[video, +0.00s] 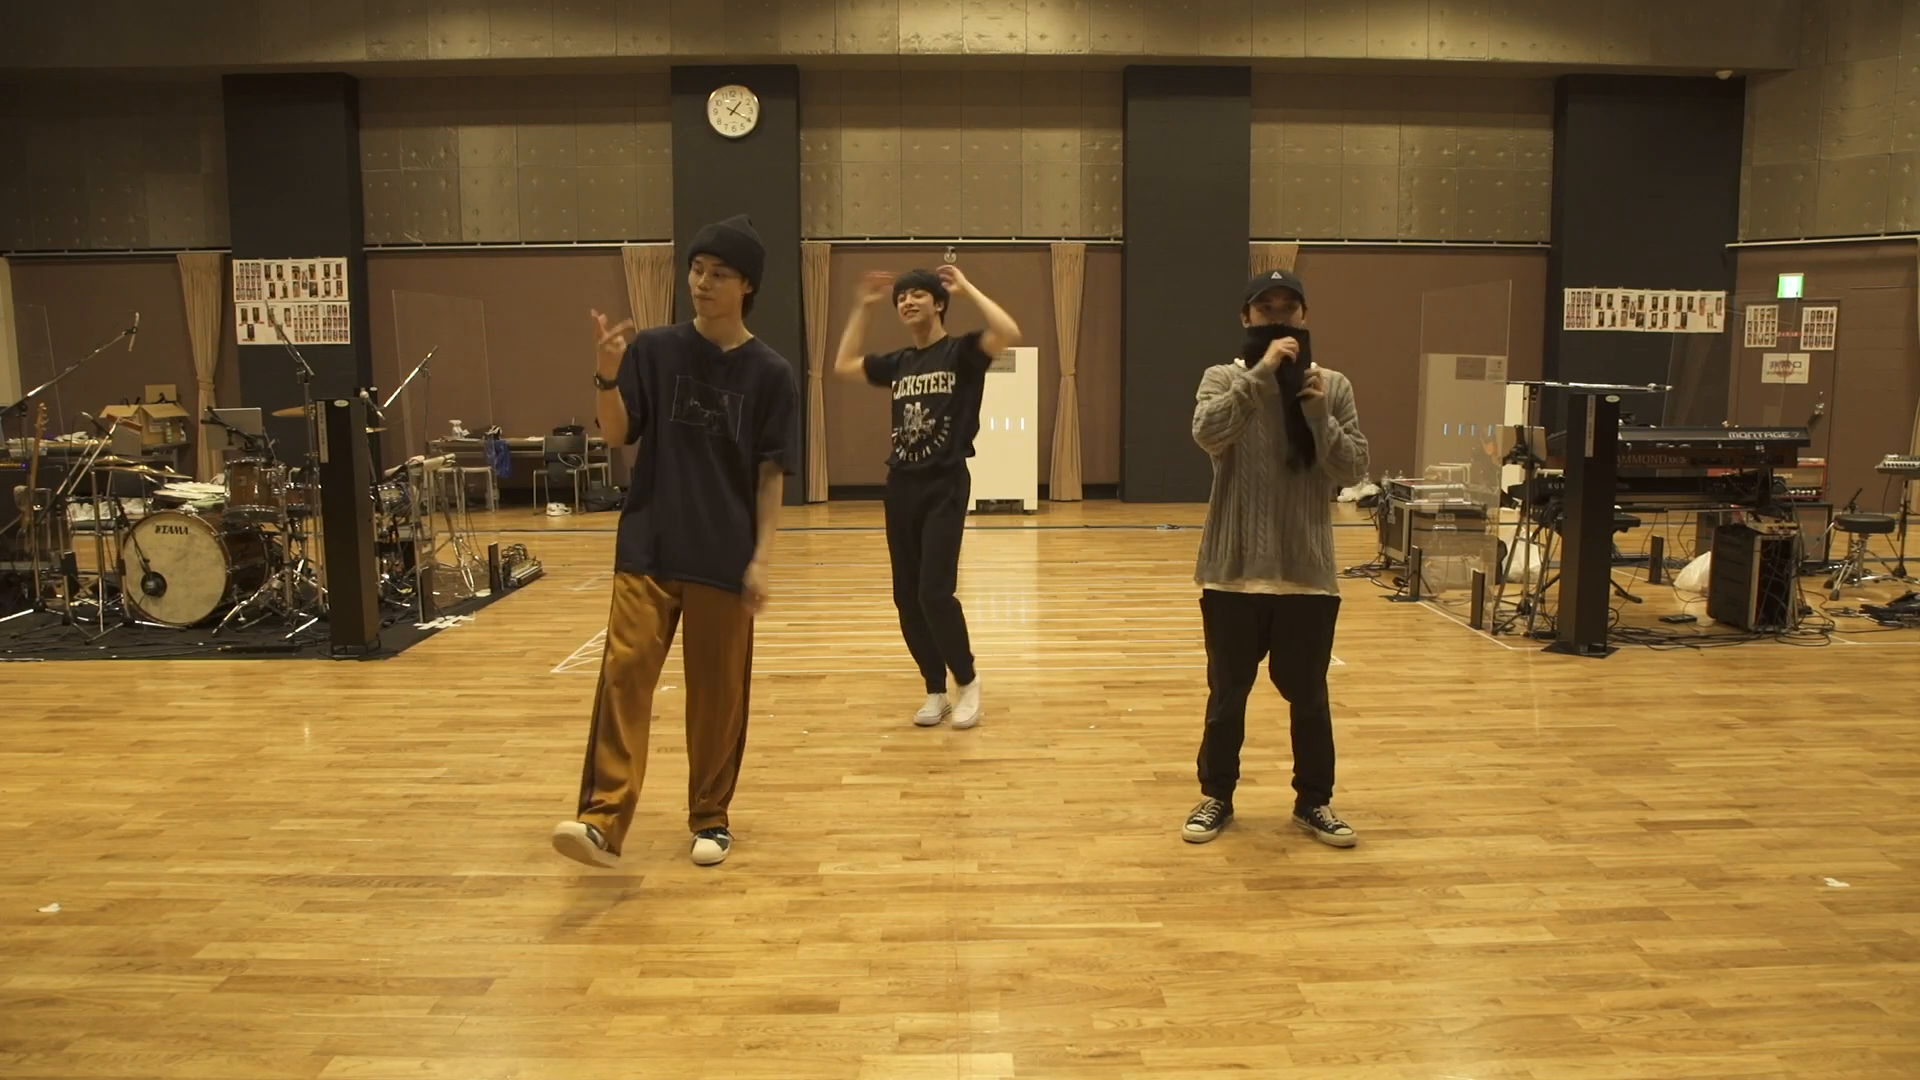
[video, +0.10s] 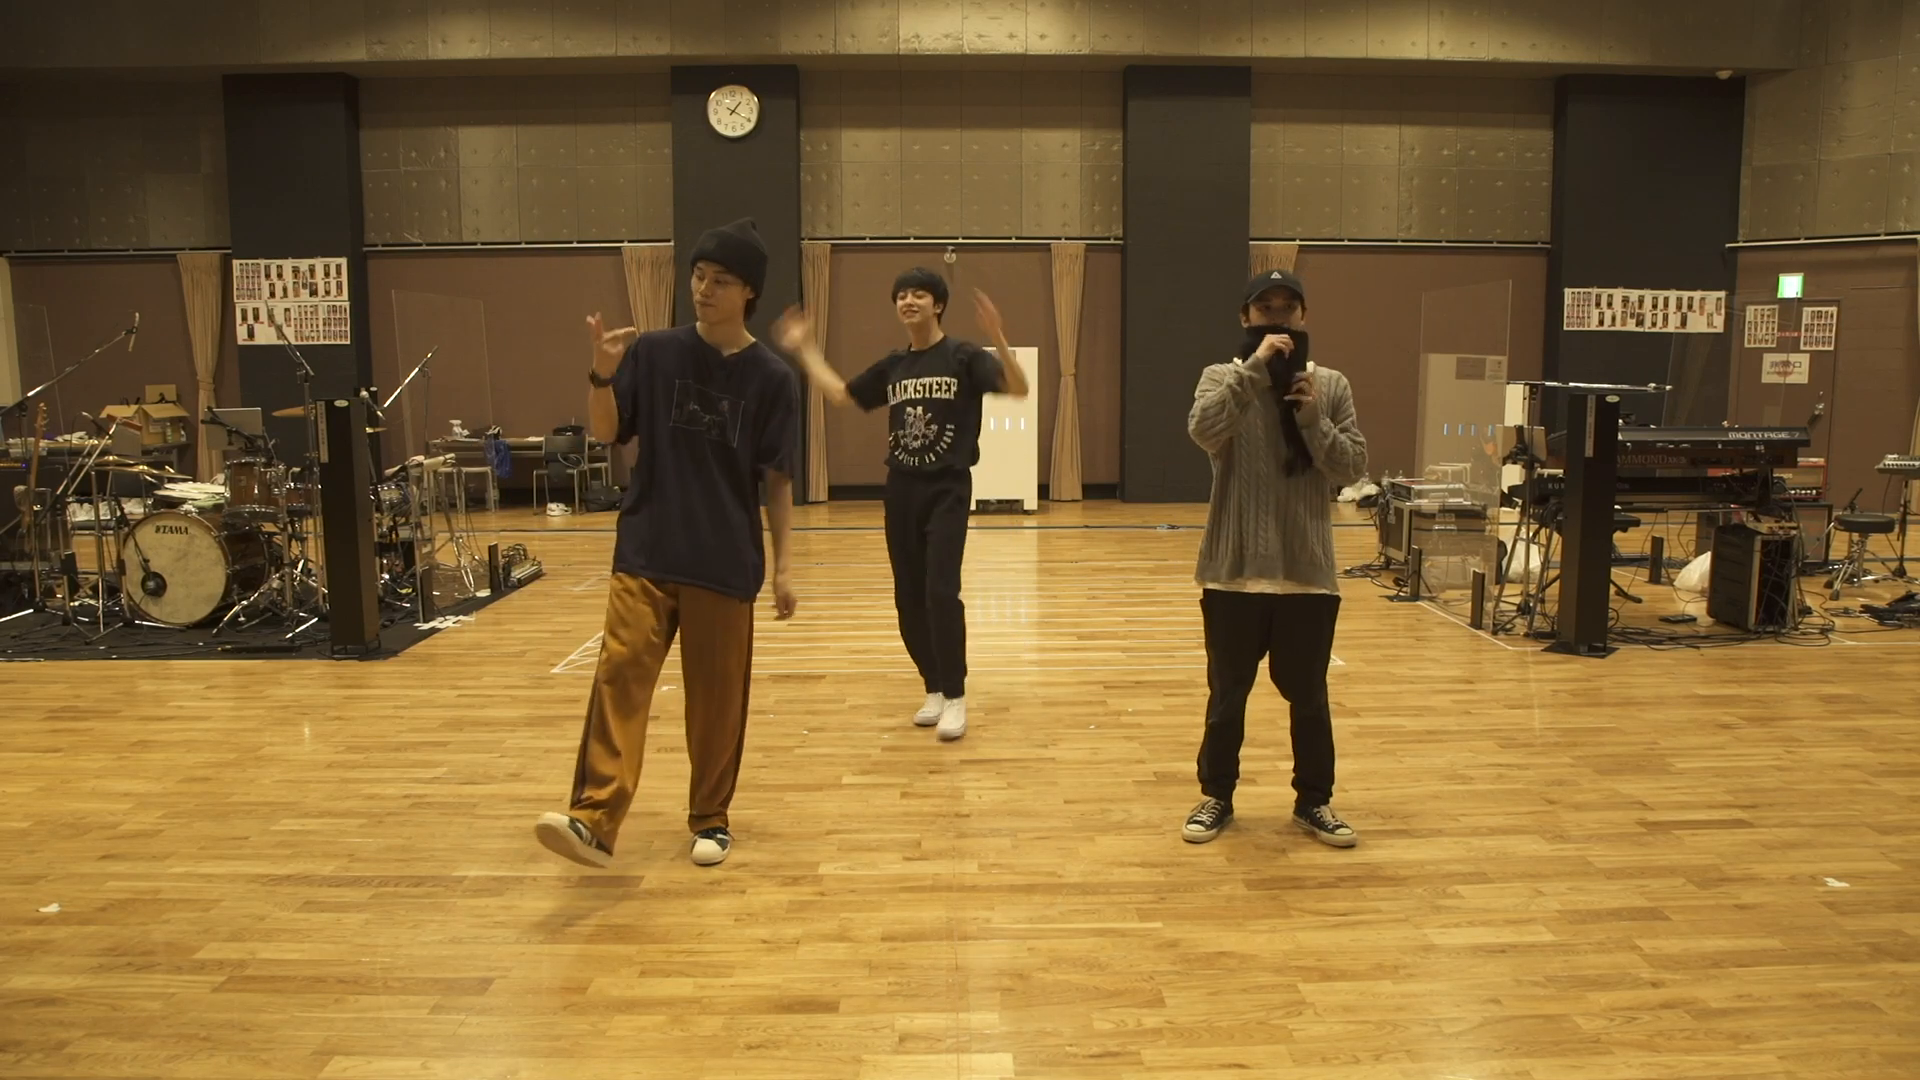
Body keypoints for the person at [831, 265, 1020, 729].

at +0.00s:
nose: (908, 301)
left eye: (918, 294)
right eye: (902, 297)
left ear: (940, 303)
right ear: (897, 310)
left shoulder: (964, 350)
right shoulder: (898, 362)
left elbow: (1009, 335)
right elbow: (844, 366)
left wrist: (967, 287)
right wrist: (864, 305)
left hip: (945, 486)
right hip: (902, 488)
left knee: (935, 592)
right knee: (908, 595)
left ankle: (966, 683)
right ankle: (936, 691)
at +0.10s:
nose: (909, 301)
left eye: (919, 294)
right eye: (902, 296)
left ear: (939, 305)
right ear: (895, 308)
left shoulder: (966, 356)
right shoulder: (893, 366)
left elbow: (1018, 386)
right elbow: (841, 395)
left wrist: (999, 338)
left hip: (947, 492)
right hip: (901, 493)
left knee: (941, 592)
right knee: (910, 595)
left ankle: (954, 696)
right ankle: (935, 689)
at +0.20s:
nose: (912, 300)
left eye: (923, 294)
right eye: (906, 294)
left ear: (941, 305)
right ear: (898, 305)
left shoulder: (965, 360)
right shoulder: (887, 369)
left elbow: (1001, 408)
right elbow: (841, 411)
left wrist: (1013, 423)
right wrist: (790, 423)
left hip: (950, 492)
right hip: (901, 492)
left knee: (949, 594)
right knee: (910, 595)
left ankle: (950, 703)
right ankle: (933, 685)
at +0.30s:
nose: (917, 299)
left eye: (929, 295)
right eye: (912, 291)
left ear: (944, 310)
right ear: (901, 301)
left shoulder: (964, 364)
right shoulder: (884, 368)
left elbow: (979, 434)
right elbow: (873, 440)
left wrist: (978, 489)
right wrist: (866, 496)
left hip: (951, 492)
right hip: (900, 494)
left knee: (954, 588)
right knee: (911, 594)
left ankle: (959, 692)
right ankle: (933, 689)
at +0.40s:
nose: (923, 299)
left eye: (934, 296)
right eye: (917, 291)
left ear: (947, 311)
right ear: (905, 300)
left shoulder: (967, 363)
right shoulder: (882, 365)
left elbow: (972, 427)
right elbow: (872, 438)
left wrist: (958, 473)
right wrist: (881, 490)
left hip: (951, 493)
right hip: (902, 495)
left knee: (955, 588)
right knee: (911, 599)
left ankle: (963, 689)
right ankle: (933, 690)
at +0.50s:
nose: (930, 299)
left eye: (941, 295)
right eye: (925, 290)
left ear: (955, 307)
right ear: (912, 297)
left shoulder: (971, 362)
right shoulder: (885, 360)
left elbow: (977, 418)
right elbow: (853, 420)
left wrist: (960, 462)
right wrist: (871, 474)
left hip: (955, 490)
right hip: (902, 492)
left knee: (963, 587)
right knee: (908, 595)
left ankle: (966, 691)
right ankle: (929, 690)